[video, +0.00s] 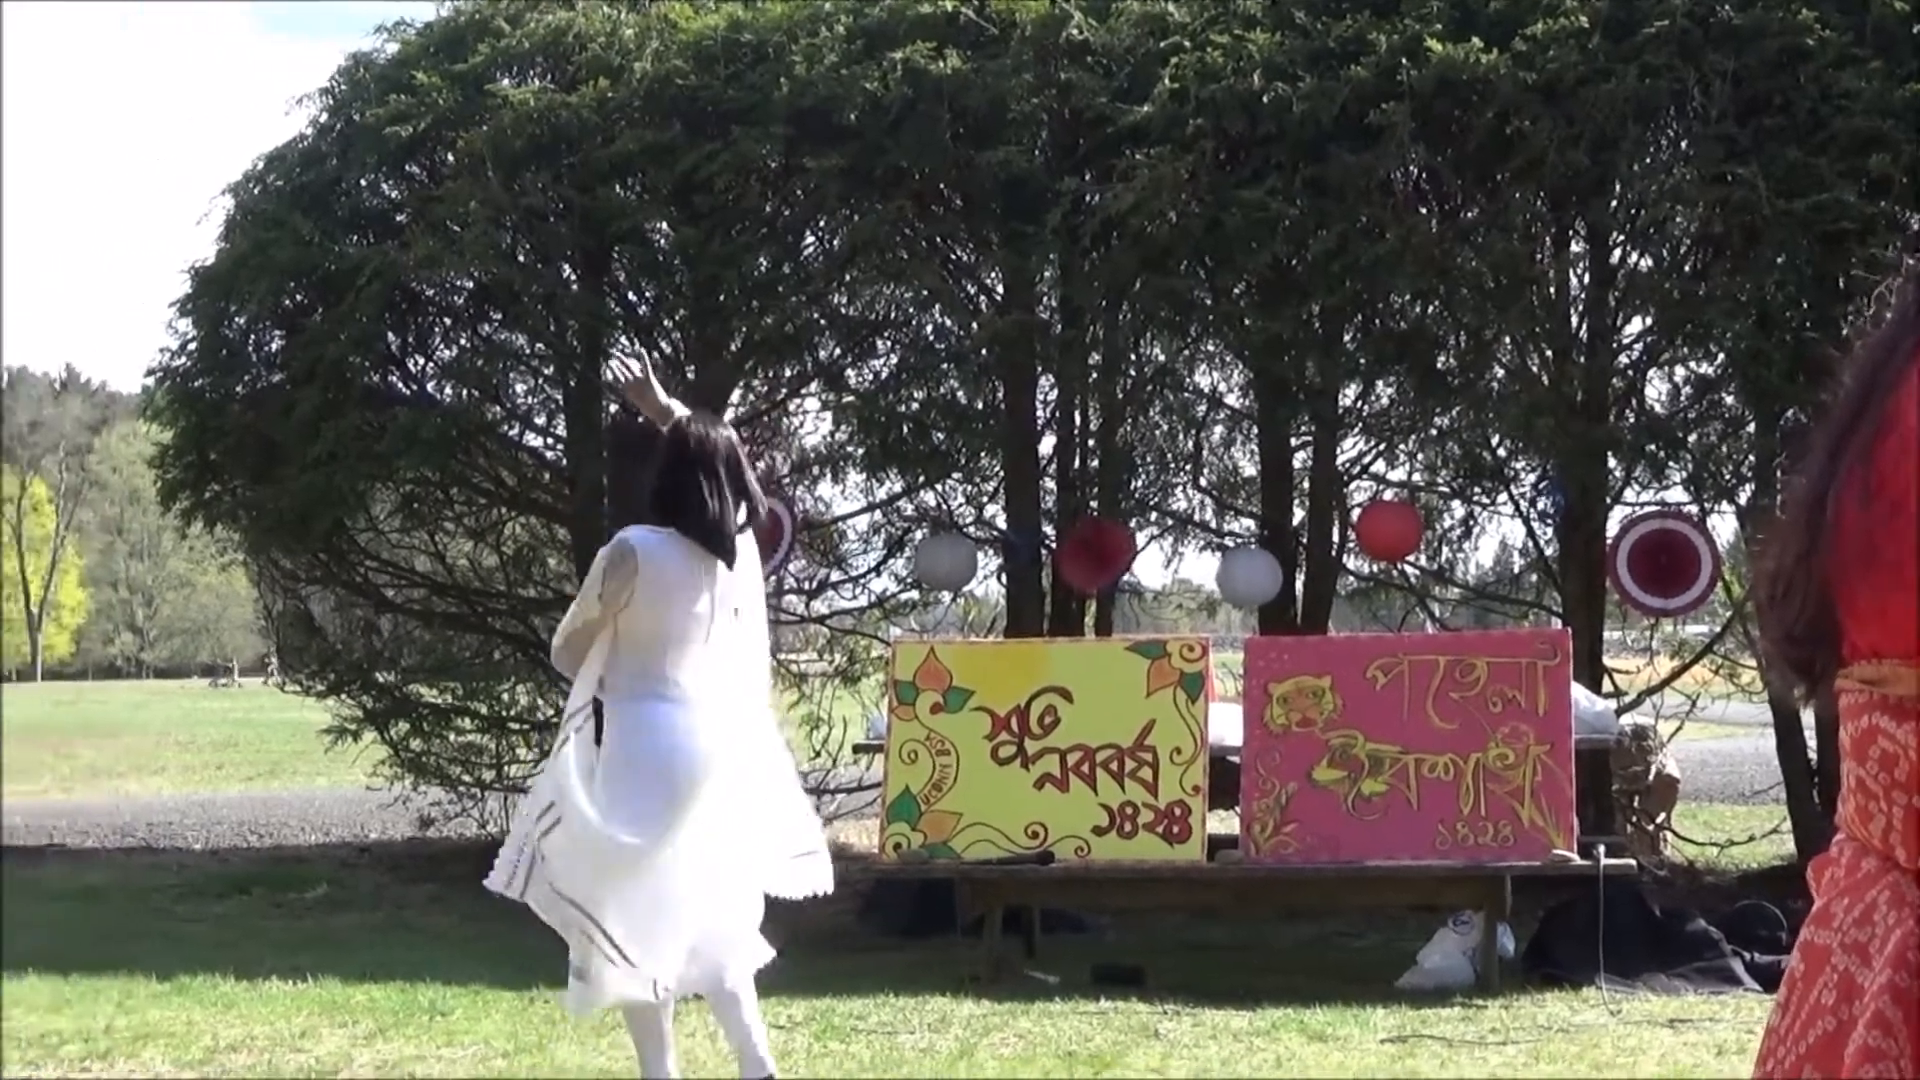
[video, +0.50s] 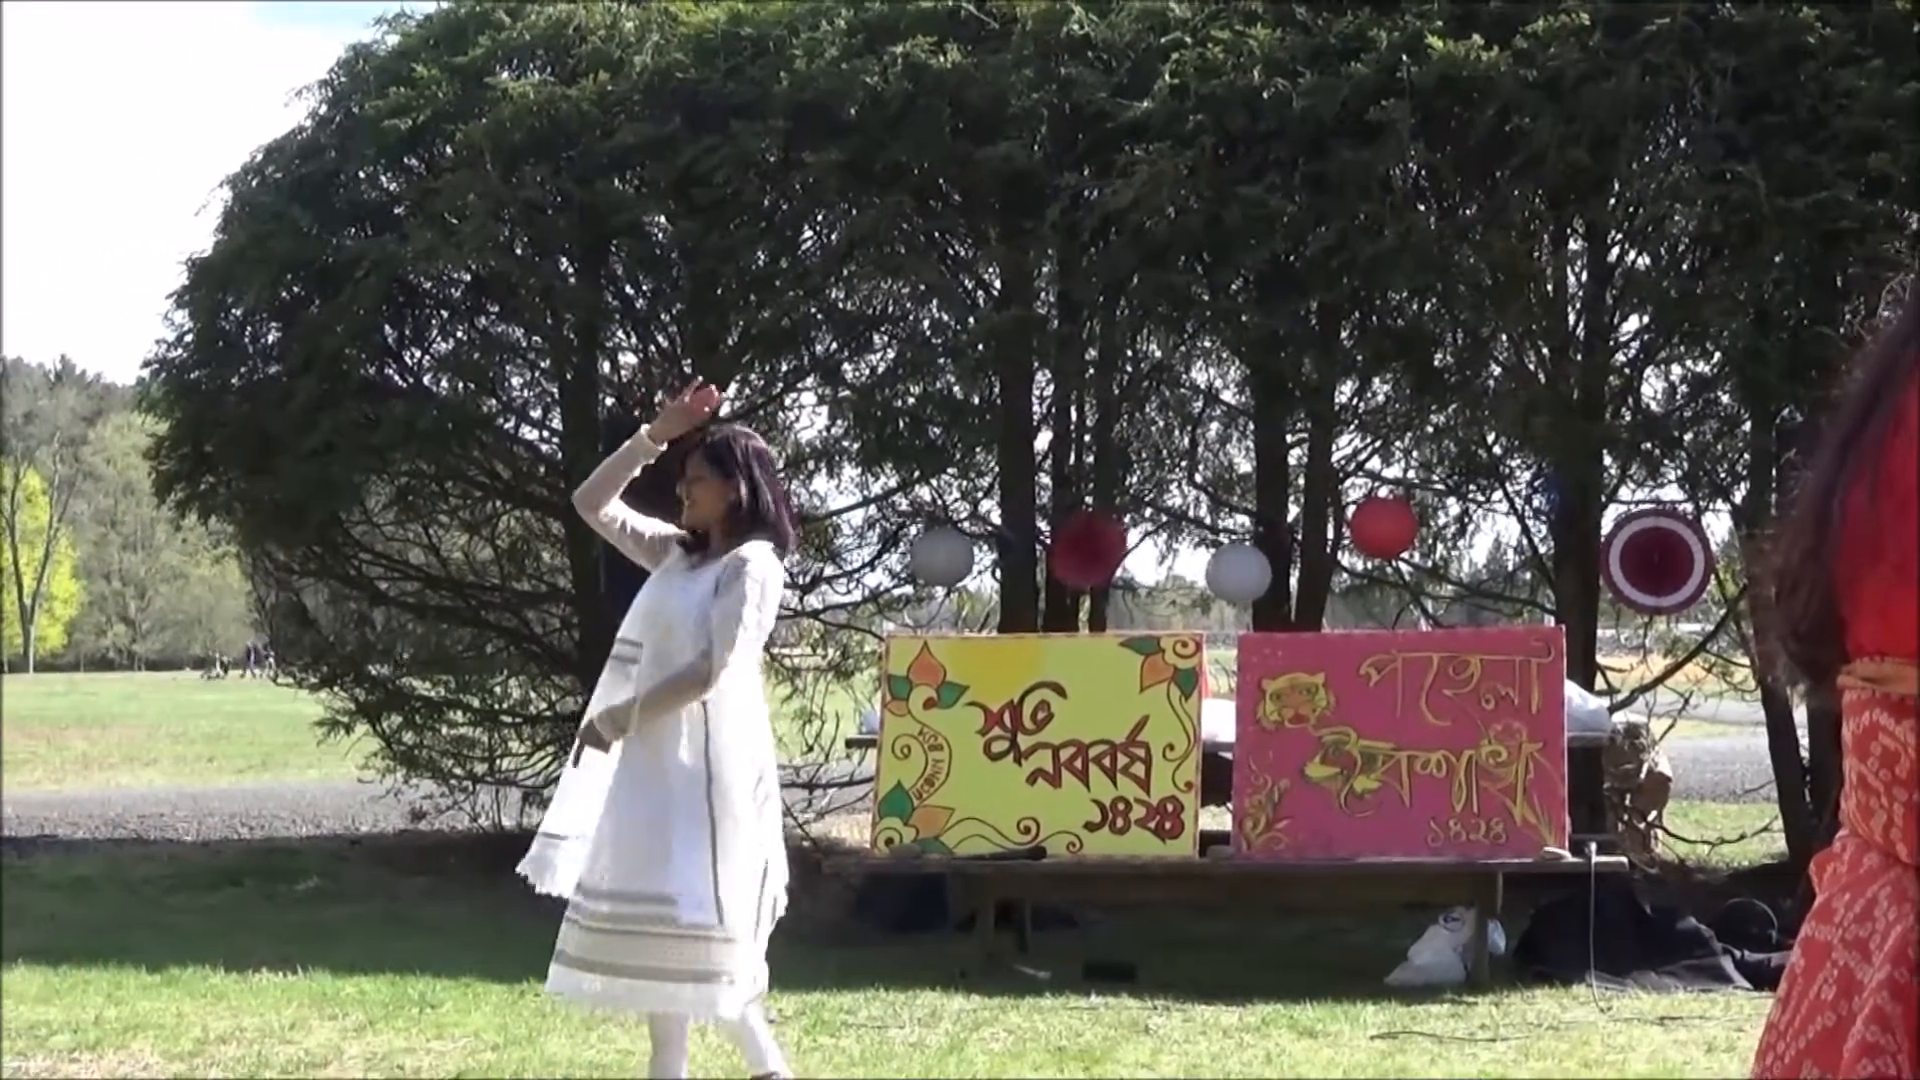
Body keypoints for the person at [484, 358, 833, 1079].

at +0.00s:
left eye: (661, 458)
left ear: (666, 474)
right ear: (734, 481)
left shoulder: (631, 551)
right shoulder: (744, 553)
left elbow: (567, 645)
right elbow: (723, 466)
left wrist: (612, 687)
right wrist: (662, 407)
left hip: (642, 736)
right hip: (720, 735)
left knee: (631, 912)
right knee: (718, 911)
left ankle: (659, 1069)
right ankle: (759, 1065)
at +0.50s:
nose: (684, 491)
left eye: (697, 478)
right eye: (683, 480)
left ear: (738, 485)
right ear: (686, 487)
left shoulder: (753, 563)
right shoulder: (676, 553)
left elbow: (715, 670)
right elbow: (592, 501)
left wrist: (621, 715)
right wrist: (658, 430)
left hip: (707, 776)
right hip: (652, 772)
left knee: (703, 937)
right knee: (661, 932)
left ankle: (771, 1067)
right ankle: (667, 1069)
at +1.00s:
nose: (753, 488)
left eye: (767, 475)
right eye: (739, 477)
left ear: (790, 485)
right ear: (722, 489)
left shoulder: (812, 561)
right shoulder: (696, 564)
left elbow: (835, 667)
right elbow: (597, 558)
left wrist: (844, 757)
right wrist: (597, 459)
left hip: (781, 762)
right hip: (711, 758)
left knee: (743, 911)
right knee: (753, 917)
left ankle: (717, 1068)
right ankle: (785, 1067)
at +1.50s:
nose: (768, 483)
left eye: (777, 471)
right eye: (753, 472)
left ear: (793, 480)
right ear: (727, 483)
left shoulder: (820, 557)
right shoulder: (693, 558)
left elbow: (907, 619)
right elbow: (584, 575)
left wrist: (994, 660)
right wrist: (513, 528)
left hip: (799, 758)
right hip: (720, 756)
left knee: (770, 908)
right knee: (753, 911)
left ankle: (763, 1068)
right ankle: (783, 1063)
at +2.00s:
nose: (742, 501)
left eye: (756, 489)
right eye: (730, 488)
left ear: (777, 498)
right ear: (709, 496)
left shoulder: (796, 573)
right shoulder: (672, 589)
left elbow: (885, 644)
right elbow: (594, 670)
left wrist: (986, 707)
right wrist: (606, 647)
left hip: (764, 783)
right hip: (681, 782)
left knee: (756, 937)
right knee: (657, 919)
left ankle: (763, 1071)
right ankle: (719, 1048)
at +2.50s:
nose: (654, 492)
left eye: (672, 481)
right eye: (644, 480)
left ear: (700, 499)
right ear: (629, 493)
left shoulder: (721, 590)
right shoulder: (589, 585)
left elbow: (778, 682)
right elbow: (525, 684)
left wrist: (853, 650)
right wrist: (583, 657)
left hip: (697, 817)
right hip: (600, 818)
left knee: (723, 984)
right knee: (603, 988)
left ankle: (738, 1068)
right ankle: (637, 1076)